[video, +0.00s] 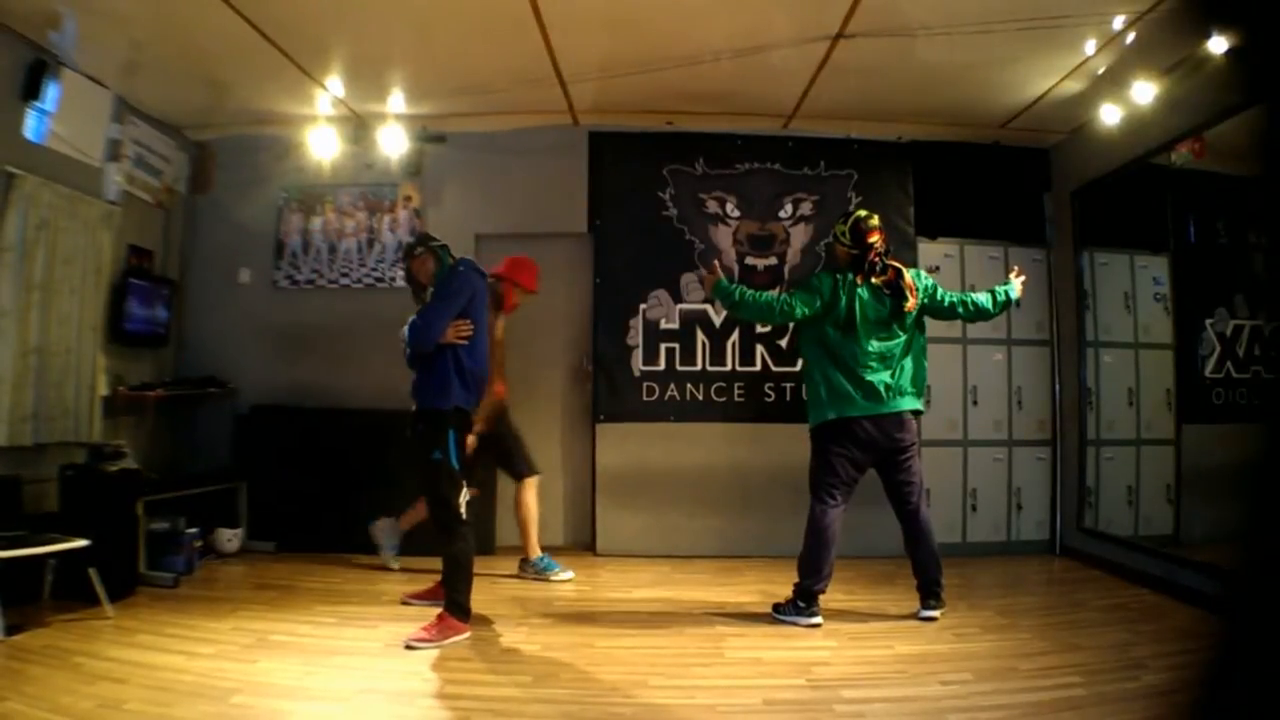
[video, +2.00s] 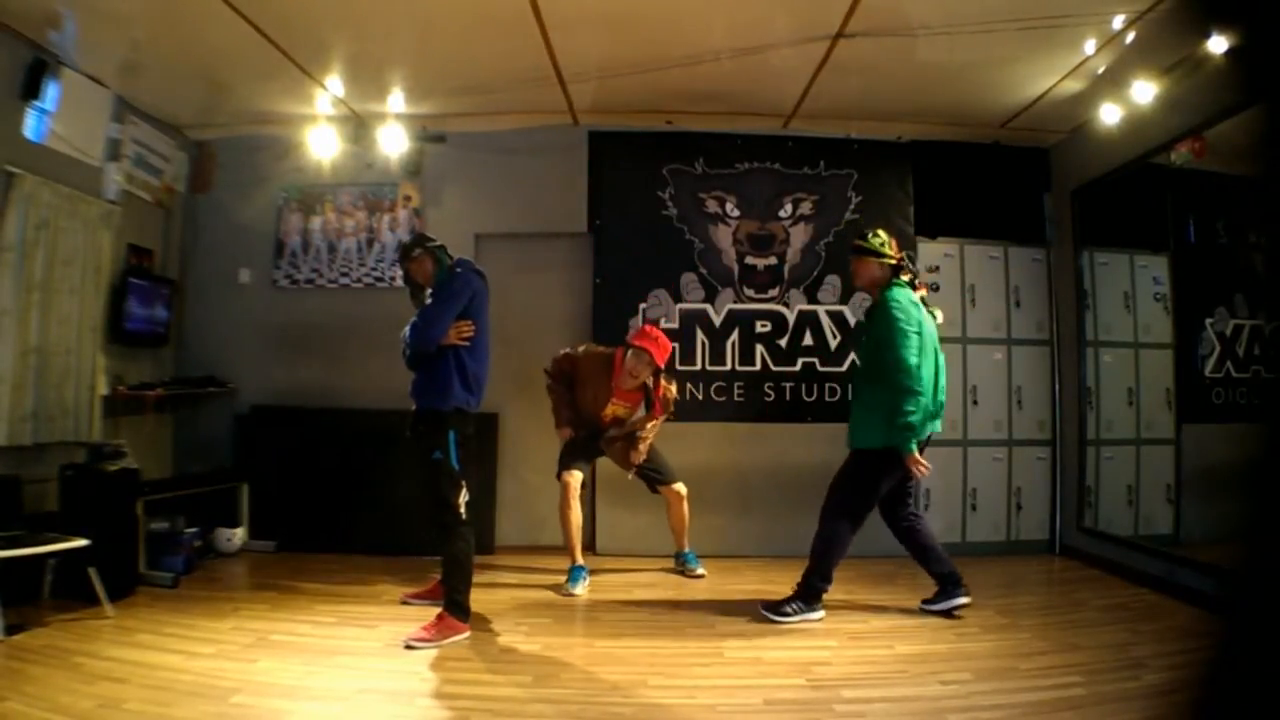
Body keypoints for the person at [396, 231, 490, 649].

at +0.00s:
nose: (414, 276)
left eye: (417, 266)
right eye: (411, 269)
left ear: (432, 257)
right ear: (421, 265)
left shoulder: (463, 277)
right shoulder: (444, 287)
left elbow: (425, 336)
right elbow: (411, 344)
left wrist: (412, 327)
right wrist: (434, 332)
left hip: (451, 411)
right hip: (434, 410)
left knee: (452, 511)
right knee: (443, 504)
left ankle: (456, 615)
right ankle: (449, 584)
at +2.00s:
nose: (413, 276)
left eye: (415, 266)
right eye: (408, 270)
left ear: (431, 256)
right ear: (414, 269)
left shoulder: (463, 278)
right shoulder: (438, 291)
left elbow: (428, 335)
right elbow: (409, 349)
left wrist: (411, 330)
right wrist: (436, 335)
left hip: (453, 409)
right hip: (433, 409)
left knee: (455, 509)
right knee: (441, 502)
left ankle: (456, 614)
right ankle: (447, 581)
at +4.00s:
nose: (415, 282)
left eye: (415, 272)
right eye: (411, 275)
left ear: (429, 263)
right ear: (426, 266)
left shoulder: (461, 285)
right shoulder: (445, 292)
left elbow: (445, 356)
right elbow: (424, 344)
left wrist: (412, 359)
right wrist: (427, 359)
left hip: (452, 413)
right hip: (435, 412)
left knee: (454, 509)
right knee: (439, 501)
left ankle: (456, 614)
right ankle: (445, 582)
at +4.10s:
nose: (413, 282)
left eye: (414, 273)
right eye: (409, 275)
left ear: (430, 264)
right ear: (419, 270)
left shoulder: (465, 289)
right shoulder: (433, 301)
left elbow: (477, 343)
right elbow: (422, 351)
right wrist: (410, 382)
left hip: (455, 415)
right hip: (429, 414)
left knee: (455, 508)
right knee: (433, 499)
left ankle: (456, 614)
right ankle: (443, 581)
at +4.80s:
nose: (470, 263)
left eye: (478, 255)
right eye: (463, 254)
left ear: (487, 257)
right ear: (447, 251)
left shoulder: (496, 302)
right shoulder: (416, 290)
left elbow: (502, 366)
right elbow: (393, 349)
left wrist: (494, 419)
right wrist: (394, 406)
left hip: (472, 413)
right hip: (427, 410)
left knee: (470, 505)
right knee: (433, 498)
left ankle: (470, 597)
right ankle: (447, 581)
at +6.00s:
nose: (443, 237)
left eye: (450, 229)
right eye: (434, 229)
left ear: (461, 235)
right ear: (421, 236)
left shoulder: (483, 279)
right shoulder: (399, 289)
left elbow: (504, 336)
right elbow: (382, 353)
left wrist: (490, 374)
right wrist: (396, 404)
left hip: (473, 407)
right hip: (423, 408)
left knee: (477, 501)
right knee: (420, 502)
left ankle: (478, 599)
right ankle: (425, 594)